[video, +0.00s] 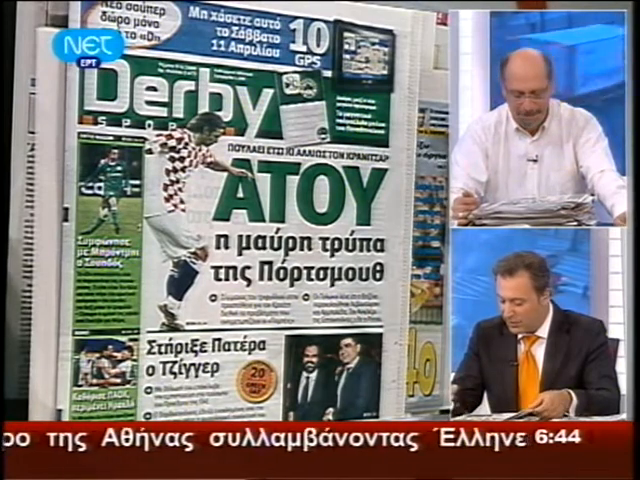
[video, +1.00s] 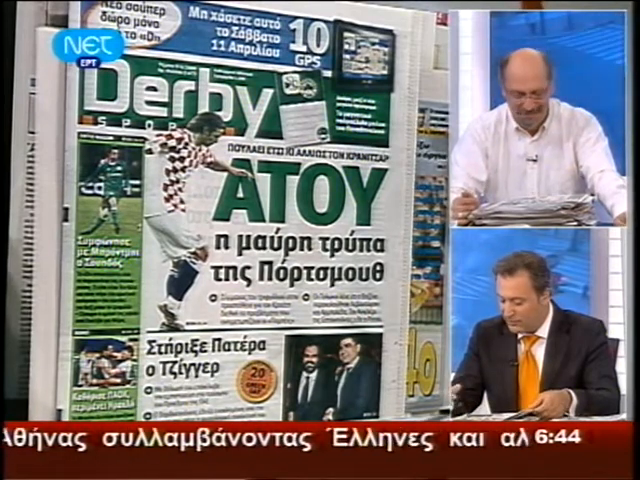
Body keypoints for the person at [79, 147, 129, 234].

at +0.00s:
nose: (115, 156)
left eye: (116, 154)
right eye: (113, 154)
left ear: (118, 155)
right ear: (109, 154)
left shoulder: (122, 165)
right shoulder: (104, 165)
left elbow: (126, 176)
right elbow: (95, 174)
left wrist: (127, 187)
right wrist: (85, 182)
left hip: (118, 190)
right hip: (108, 189)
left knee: (105, 213)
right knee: (113, 205)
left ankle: (91, 230)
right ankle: (116, 226)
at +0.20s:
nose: (115, 156)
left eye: (116, 154)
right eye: (113, 154)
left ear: (118, 155)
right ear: (109, 154)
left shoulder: (122, 165)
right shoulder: (104, 165)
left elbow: (126, 176)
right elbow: (95, 174)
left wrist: (128, 187)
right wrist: (85, 182)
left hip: (118, 190)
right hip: (108, 189)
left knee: (105, 213)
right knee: (113, 205)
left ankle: (91, 230)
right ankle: (116, 226)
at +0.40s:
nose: (115, 156)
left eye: (116, 154)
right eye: (113, 154)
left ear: (118, 155)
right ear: (109, 154)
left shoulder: (122, 165)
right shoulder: (104, 165)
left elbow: (126, 177)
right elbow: (95, 175)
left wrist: (127, 187)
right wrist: (85, 182)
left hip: (118, 190)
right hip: (108, 189)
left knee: (105, 213)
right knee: (113, 205)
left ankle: (91, 230)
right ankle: (116, 225)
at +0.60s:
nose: (115, 156)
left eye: (116, 154)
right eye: (113, 154)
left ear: (118, 155)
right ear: (109, 154)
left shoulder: (122, 165)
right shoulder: (104, 165)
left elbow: (126, 177)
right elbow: (95, 175)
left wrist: (127, 187)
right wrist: (85, 182)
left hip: (118, 190)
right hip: (108, 189)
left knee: (105, 213)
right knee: (113, 205)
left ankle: (91, 230)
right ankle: (116, 225)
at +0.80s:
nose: (115, 156)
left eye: (116, 154)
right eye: (113, 154)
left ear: (118, 155)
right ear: (109, 154)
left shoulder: (122, 165)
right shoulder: (104, 165)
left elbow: (126, 177)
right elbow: (95, 175)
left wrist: (127, 187)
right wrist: (85, 182)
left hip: (118, 190)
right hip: (108, 189)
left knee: (105, 213)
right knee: (113, 205)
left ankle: (91, 230)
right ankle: (116, 225)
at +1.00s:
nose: (115, 156)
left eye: (116, 154)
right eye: (113, 154)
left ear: (118, 155)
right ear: (109, 154)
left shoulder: (122, 165)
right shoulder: (104, 165)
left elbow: (126, 177)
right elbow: (95, 175)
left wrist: (127, 187)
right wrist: (85, 182)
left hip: (118, 190)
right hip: (108, 189)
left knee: (105, 213)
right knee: (113, 205)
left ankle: (91, 230)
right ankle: (116, 225)